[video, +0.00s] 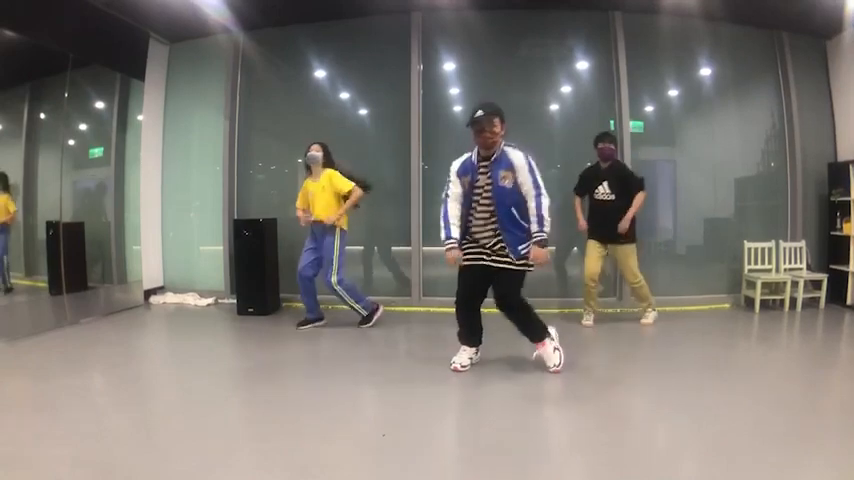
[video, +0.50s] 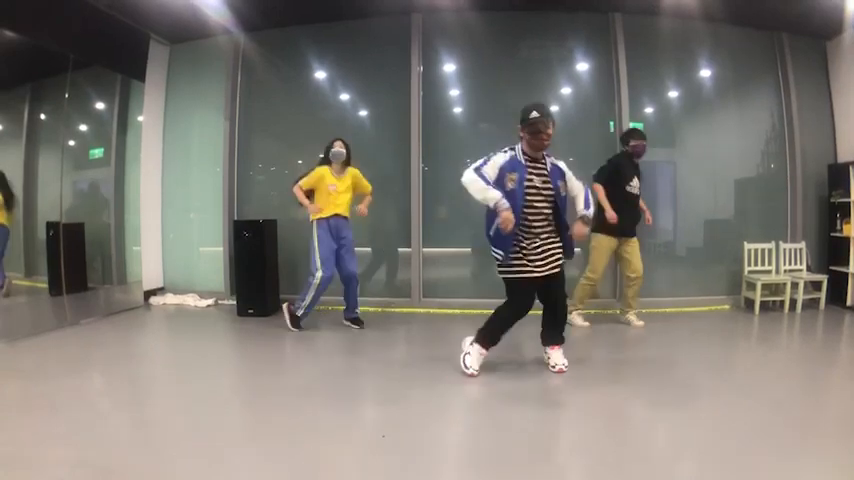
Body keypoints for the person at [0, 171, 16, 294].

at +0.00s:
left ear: (2, 183)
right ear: (6, 183)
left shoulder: (6, 197)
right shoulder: (5, 197)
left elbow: (13, 211)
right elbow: (13, 211)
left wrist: (5, 220)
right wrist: (6, 220)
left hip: (3, 227)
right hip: (3, 227)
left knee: (3, 255)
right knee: (3, 255)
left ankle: (6, 283)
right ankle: (6, 283)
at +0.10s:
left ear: (1, 179)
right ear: (7, 179)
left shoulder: (5, 193)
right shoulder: (5, 194)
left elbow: (12, 208)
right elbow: (12, 208)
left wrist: (6, 219)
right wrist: (6, 219)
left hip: (3, 226)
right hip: (4, 226)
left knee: (4, 255)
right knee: (4, 254)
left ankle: (6, 283)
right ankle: (6, 283)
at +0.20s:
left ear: (2, 173)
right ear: (6, 173)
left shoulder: (4, 188)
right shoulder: (5, 188)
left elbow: (9, 205)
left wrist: (4, 226)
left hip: (3, 222)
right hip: (3, 222)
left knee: (4, 253)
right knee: (4, 253)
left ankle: (7, 282)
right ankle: (7, 281)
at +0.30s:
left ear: (2, 172)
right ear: (6, 172)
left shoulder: (4, 186)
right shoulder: (5, 186)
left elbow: (9, 204)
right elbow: (9, 204)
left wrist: (5, 220)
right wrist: (6, 219)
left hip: (3, 221)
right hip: (4, 220)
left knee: (4, 250)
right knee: (4, 250)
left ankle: (9, 281)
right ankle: (7, 280)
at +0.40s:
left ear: (1, 174)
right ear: (5, 173)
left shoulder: (3, 186)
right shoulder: (7, 186)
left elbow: (7, 200)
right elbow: (10, 201)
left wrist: (4, 211)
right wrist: (7, 210)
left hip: (3, 221)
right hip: (5, 221)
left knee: (2, 254)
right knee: (2, 254)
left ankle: (8, 281)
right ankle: (7, 281)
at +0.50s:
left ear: (1, 180)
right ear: (5, 180)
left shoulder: (4, 194)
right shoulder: (9, 194)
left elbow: (9, 213)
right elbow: (11, 213)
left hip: (3, 225)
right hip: (6, 226)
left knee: (2, 255)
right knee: (2, 256)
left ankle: (3, 280)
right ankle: (3, 279)